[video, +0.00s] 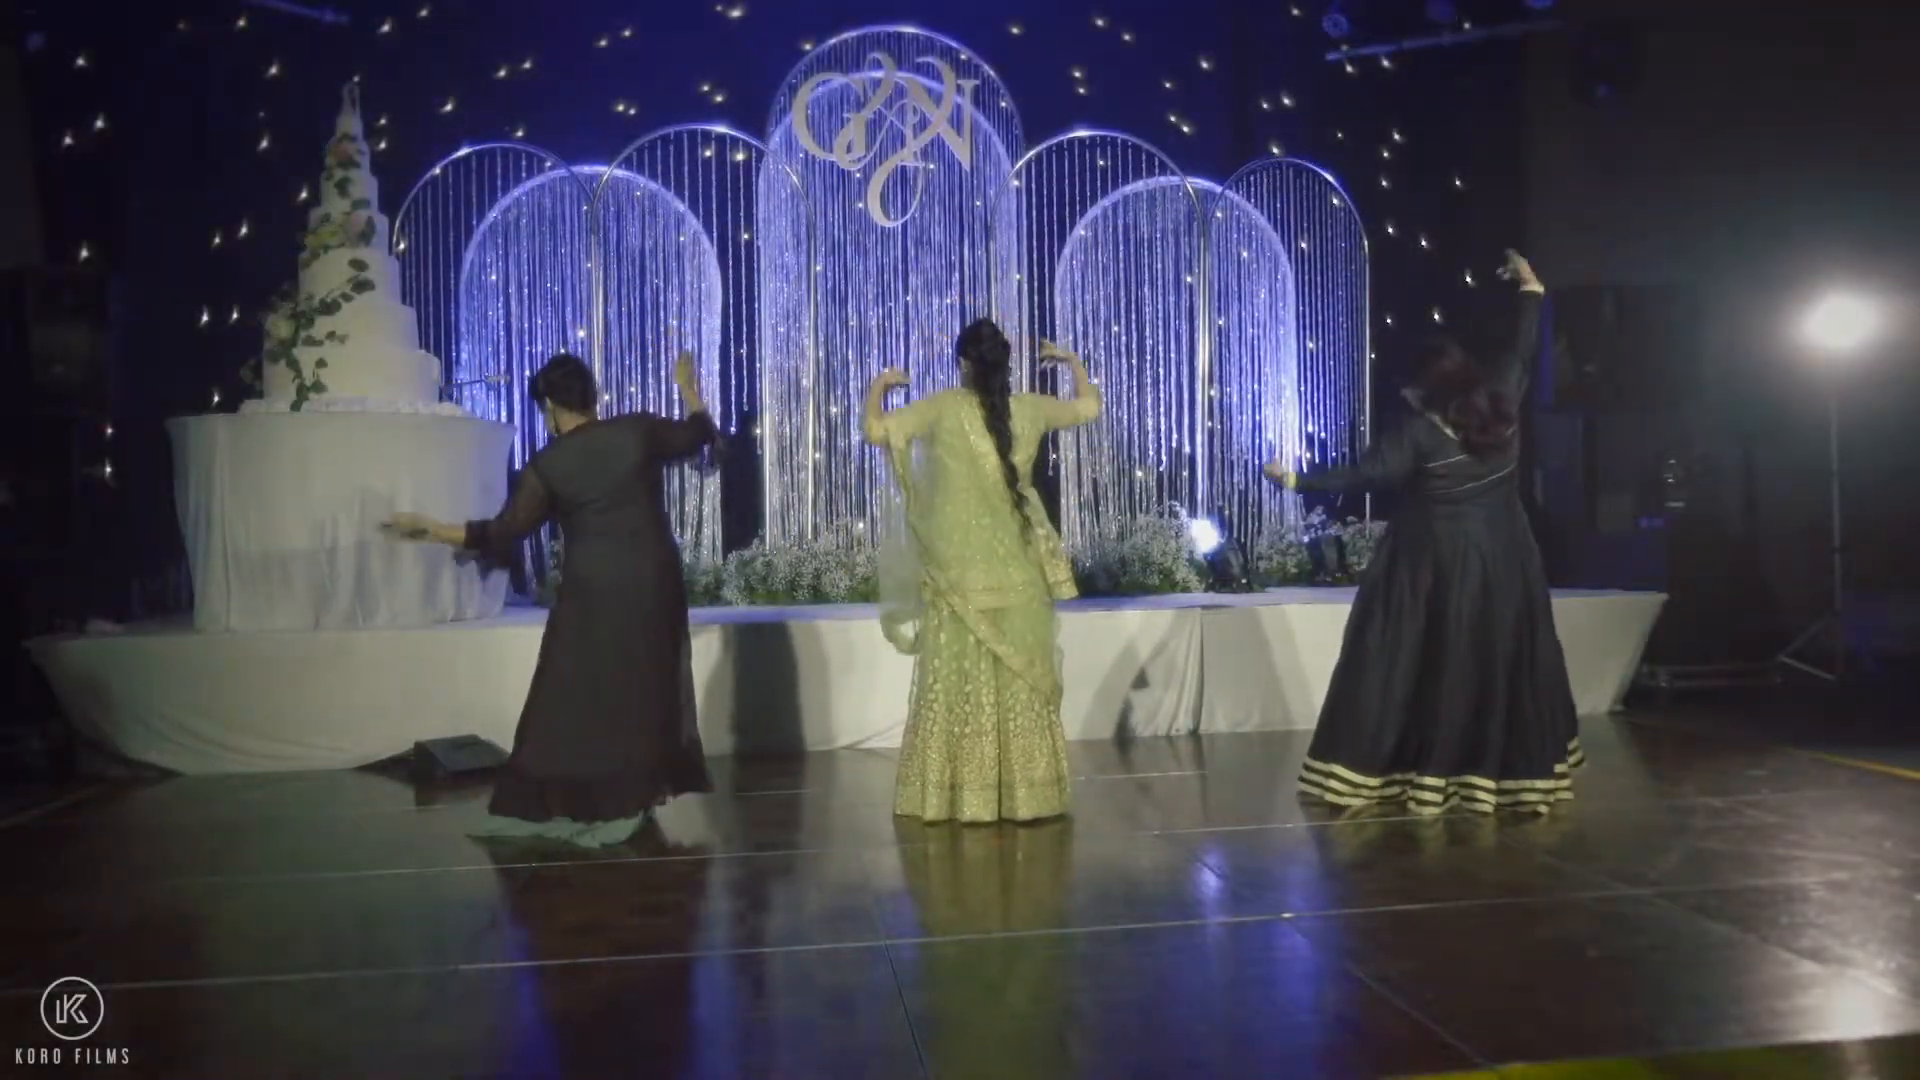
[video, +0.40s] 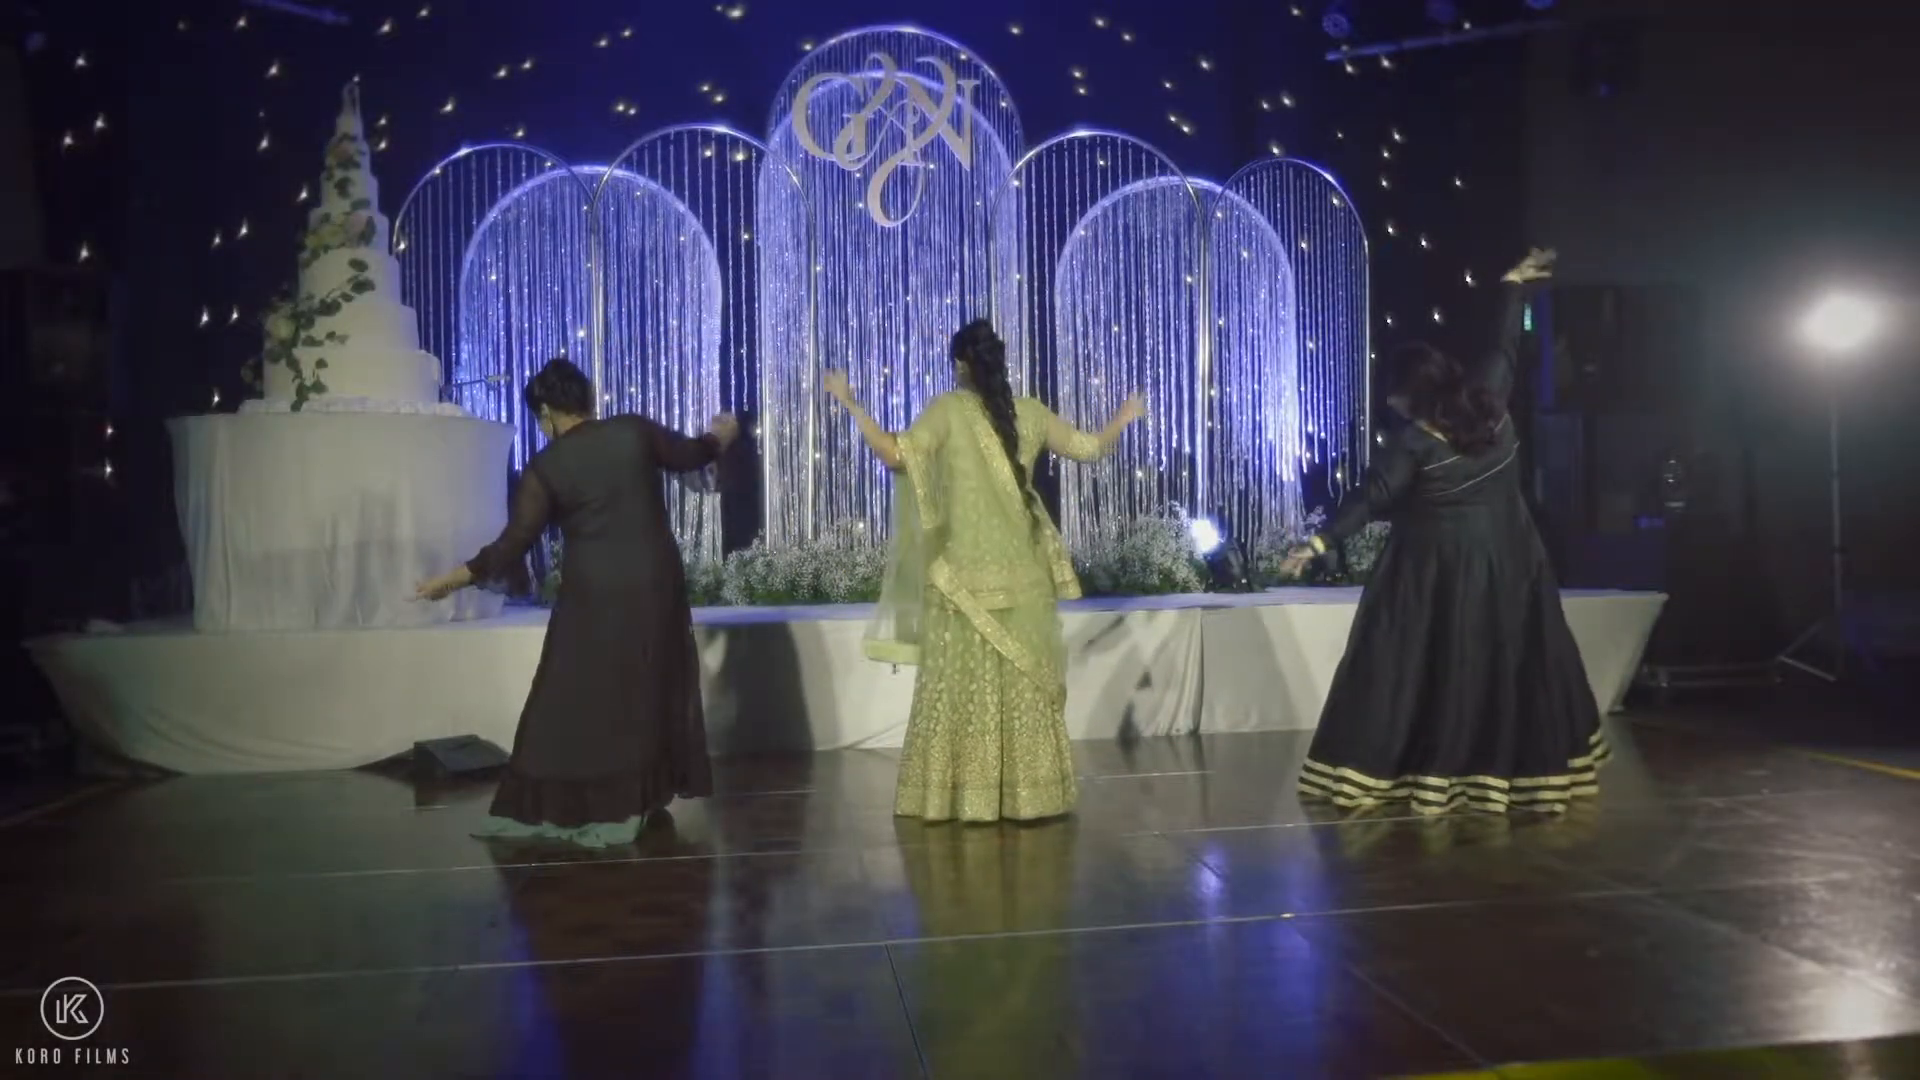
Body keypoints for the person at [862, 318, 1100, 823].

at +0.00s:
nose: (959, 366)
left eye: (960, 358)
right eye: (968, 358)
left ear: (962, 363)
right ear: (1005, 362)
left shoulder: (942, 407)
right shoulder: (1029, 408)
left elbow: (875, 430)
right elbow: (1089, 407)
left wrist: (879, 386)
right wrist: (1075, 362)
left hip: (958, 568)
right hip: (1018, 567)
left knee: (958, 685)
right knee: (1022, 681)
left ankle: (962, 795)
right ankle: (1025, 795)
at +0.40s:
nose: (954, 368)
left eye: (954, 361)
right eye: (957, 361)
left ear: (960, 363)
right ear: (999, 360)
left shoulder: (947, 409)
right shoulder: (1028, 412)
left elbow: (896, 456)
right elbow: (1089, 448)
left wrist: (850, 403)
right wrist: (1123, 418)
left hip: (965, 577)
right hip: (1026, 576)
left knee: (964, 691)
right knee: (1027, 688)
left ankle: (966, 797)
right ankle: (1028, 797)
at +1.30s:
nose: (940, 377)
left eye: (942, 369)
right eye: (941, 369)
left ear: (957, 368)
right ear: (985, 367)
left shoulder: (945, 411)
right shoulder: (1018, 416)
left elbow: (919, 469)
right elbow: (1056, 483)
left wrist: (857, 460)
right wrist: (1068, 503)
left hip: (968, 573)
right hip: (1025, 571)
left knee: (967, 686)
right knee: (1028, 682)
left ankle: (971, 795)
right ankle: (1029, 794)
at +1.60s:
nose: (921, 373)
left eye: (927, 364)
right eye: (921, 364)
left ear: (952, 366)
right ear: (949, 367)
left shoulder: (969, 410)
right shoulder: (945, 417)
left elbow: (987, 459)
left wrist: (950, 460)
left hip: (973, 571)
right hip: (945, 569)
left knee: (976, 678)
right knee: (949, 678)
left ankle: (981, 792)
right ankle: (951, 789)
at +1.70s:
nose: (918, 373)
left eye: (923, 364)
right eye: (917, 364)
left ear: (950, 365)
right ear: (946, 366)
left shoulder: (973, 410)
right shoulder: (945, 417)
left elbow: (1002, 465)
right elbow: (930, 500)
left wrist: (960, 463)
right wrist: (905, 565)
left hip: (977, 575)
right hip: (944, 572)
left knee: (977, 683)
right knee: (943, 683)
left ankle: (983, 792)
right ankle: (944, 791)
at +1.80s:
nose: (916, 372)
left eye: (922, 363)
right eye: (915, 363)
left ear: (951, 366)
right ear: (936, 368)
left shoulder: (980, 413)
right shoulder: (930, 419)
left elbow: (1021, 473)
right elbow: (917, 487)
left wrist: (961, 474)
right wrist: (897, 536)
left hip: (974, 571)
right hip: (928, 569)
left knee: (968, 678)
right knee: (918, 675)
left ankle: (965, 791)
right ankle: (912, 788)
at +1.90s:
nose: (918, 375)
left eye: (926, 366)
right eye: (916, 366)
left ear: (955, 367)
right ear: (923, 371)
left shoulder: (983, 414)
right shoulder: (917, 422)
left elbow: (1024, 476)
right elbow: (894, 473)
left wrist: (968, 483)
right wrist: (882, 515)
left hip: (977, 563)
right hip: (925, 562)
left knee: (973, 670)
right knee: (912, 667)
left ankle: (980, 789)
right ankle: (905, 786)